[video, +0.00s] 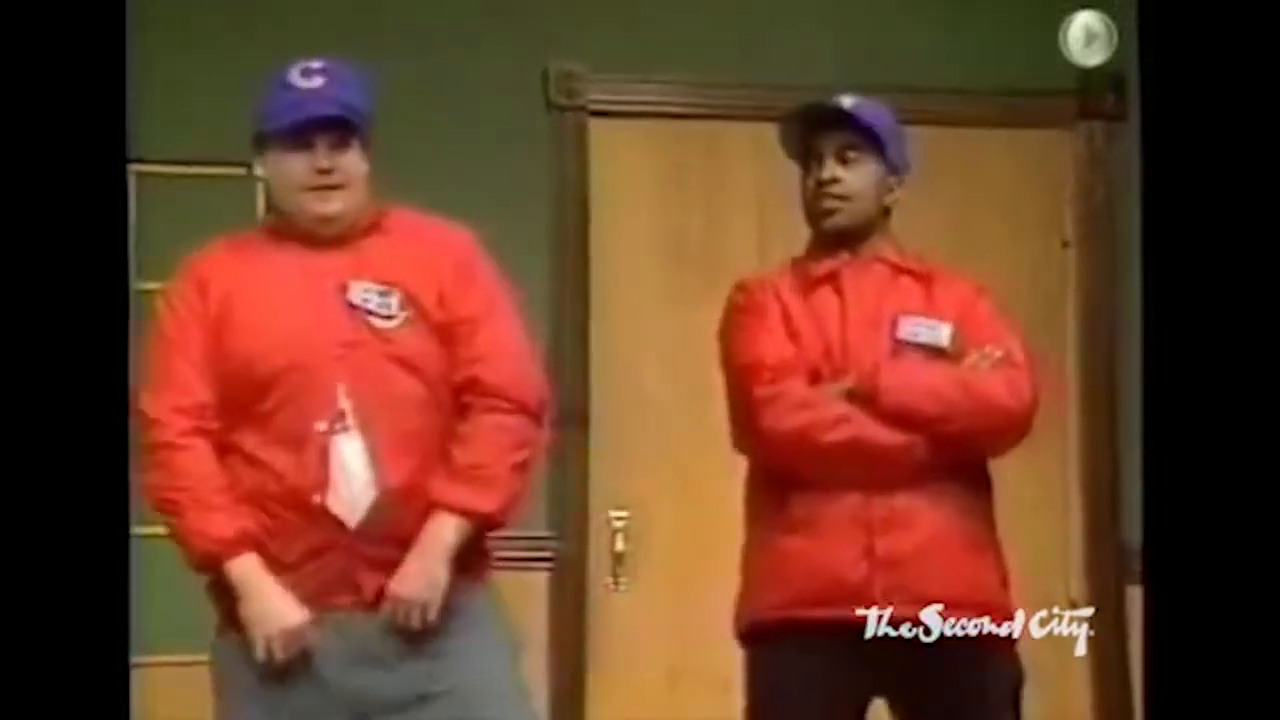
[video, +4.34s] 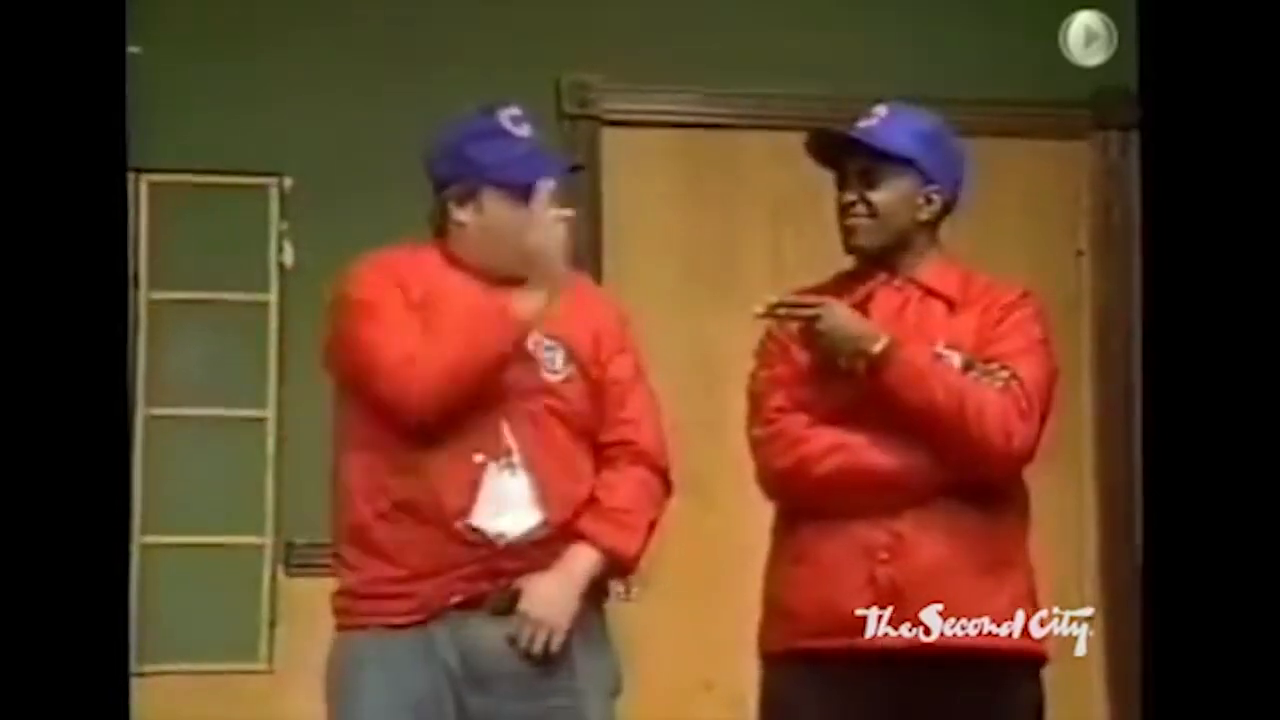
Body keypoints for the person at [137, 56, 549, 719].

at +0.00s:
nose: (324, 161)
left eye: (341, 141)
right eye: (300, 144)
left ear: (368, 154)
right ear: (263, 162)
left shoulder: (445, 256)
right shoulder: (210, 280)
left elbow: (509, 403)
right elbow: (174, 440)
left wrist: (437, 545)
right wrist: (251, 581)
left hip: (440, 622)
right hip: (277, 633)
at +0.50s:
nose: (417, 162)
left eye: (430, 143)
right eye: (390, 146)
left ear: (450, 156)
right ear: (342, 168)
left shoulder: (509, 262)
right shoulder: (275, 274)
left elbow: (559, 409)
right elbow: (226, 427)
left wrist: (465, 521)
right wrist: (317, 539)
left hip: (477, 608)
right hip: (321, 611)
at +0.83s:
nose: (502, 175)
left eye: (513, 158)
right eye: (476, 157)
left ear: (527, 169)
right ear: (420, 176)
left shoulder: (569, 278)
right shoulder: (339, 276)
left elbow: (609, 429)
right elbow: (293, 427)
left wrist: (513, 551)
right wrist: (385, 545)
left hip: (527, 616)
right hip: (366, 616)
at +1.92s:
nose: (414, 211)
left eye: (430, 192)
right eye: (390, 194)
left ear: (451, 202)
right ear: (346, 207)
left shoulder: (507, 303)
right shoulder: (277, 312)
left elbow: (561, 453)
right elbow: (242, 473)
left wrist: (487, 579)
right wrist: (355, 579)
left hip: (488, 622)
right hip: (328, 628)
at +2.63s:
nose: (472, 212)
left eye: (495, 197)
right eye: (456, 192)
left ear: (532, 215)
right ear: (432, 203)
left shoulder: (595, 308)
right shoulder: (371, 312)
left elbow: (649, 454)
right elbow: (330, 461)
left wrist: (570, 562)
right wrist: (430, 565)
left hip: (566, 628)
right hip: (410, 627)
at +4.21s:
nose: (553, 211)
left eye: (553, 194)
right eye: (529, 196)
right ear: (464, 208)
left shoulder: (591, 310)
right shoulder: (377, 294)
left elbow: (642, 460)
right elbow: (362, 427)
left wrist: (572, 569)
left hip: (549, 631)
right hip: (396, 636)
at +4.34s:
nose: (553, 211)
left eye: (551, 193)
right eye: (527, 196)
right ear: (463, 209)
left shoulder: (587, 309)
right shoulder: (378, 286)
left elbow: (638, 461)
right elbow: (416, 393)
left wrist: (573, 573)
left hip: (546, 629)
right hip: (396, 637)